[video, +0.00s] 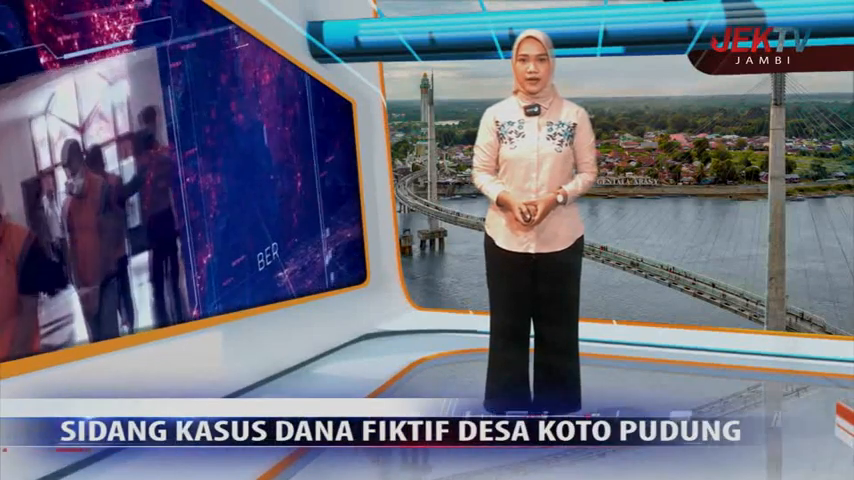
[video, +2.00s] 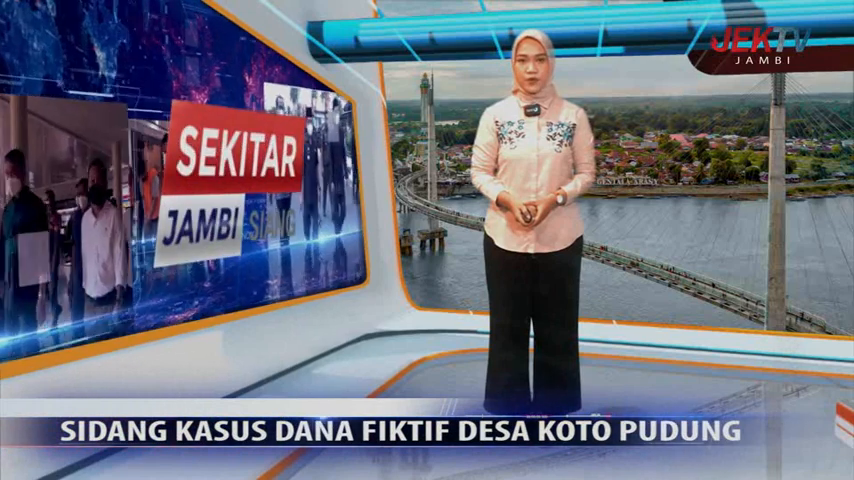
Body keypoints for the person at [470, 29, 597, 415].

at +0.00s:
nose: (532, 67)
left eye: (540, 59)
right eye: (524, 59)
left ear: (552, 65)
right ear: (513, 65)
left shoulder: (574, 116)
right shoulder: (495, 116)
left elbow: (588, 173)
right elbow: (481, 172)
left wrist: (554, 198)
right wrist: (508, 200)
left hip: (559, 243)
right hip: (507, 244)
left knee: (558, 337)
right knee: (508, 336)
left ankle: (558, 422)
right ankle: (507, 422)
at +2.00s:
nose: (531, 67)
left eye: (539, 59)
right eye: (523, 60)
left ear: (551, 65)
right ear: (513, 65)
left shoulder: (573, 116)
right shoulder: (494, 116)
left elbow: (587, 173)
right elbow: (479, 171)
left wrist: (553, 199)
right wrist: (508, 201)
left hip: (559, 243)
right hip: (506, 244)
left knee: (558, 338)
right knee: (507, 337)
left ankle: (557, 422)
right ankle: (506, 422)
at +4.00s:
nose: (531, 67)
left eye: (540, 60)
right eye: (523, 60)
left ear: (552, 65)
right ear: (513, 66)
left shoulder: (574, 116)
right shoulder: (494, 116)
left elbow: (588, 173)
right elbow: (480, 171)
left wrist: (553, 196)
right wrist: (506, 198)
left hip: (559, 242)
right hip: (506, 243)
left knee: (558, 337)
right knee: (508, 335)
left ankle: (558, 422)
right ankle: (506, 422)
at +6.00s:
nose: (530, 67)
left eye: (538, 59)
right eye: (522, 59)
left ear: (550, 65)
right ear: (511, 65)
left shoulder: (572, 115)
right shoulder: (493, 116)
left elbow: (588, 172)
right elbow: (479, 173)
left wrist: (556, 197)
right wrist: (507, 199)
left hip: (558, 242)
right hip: (505, 243)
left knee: (556, 330)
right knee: (509, 330)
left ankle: (551, 418)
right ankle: (516, 418)